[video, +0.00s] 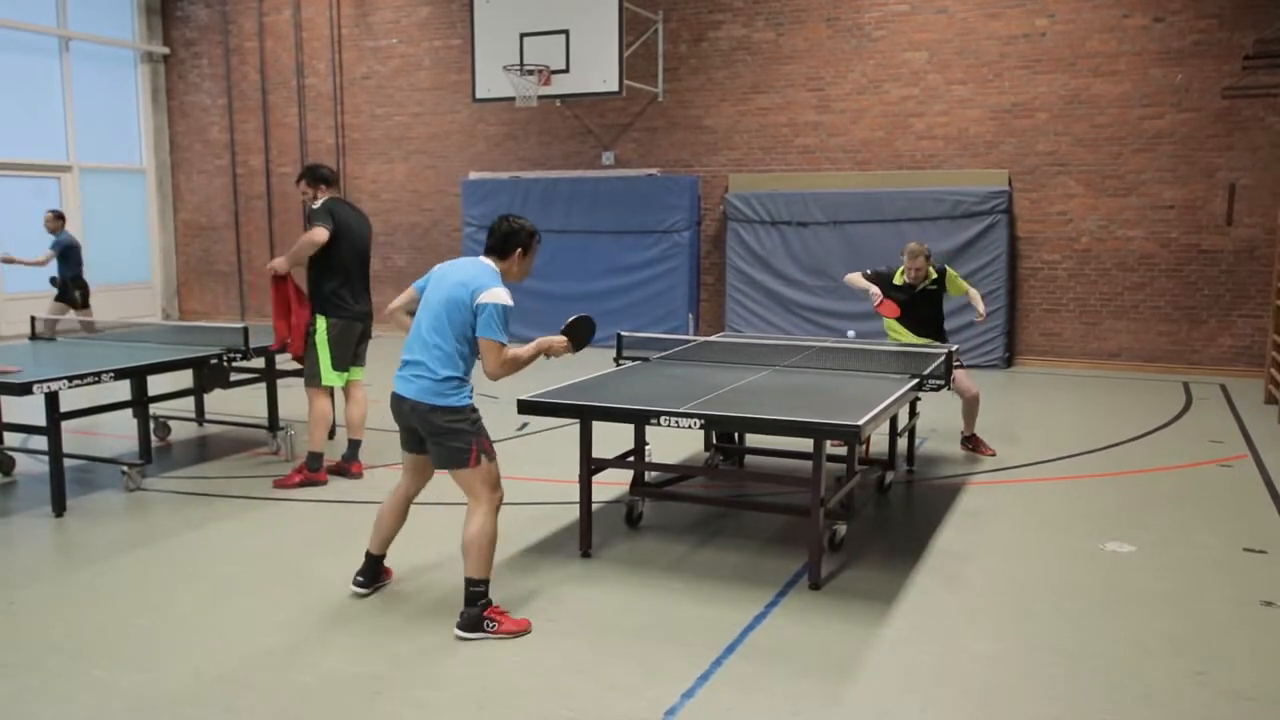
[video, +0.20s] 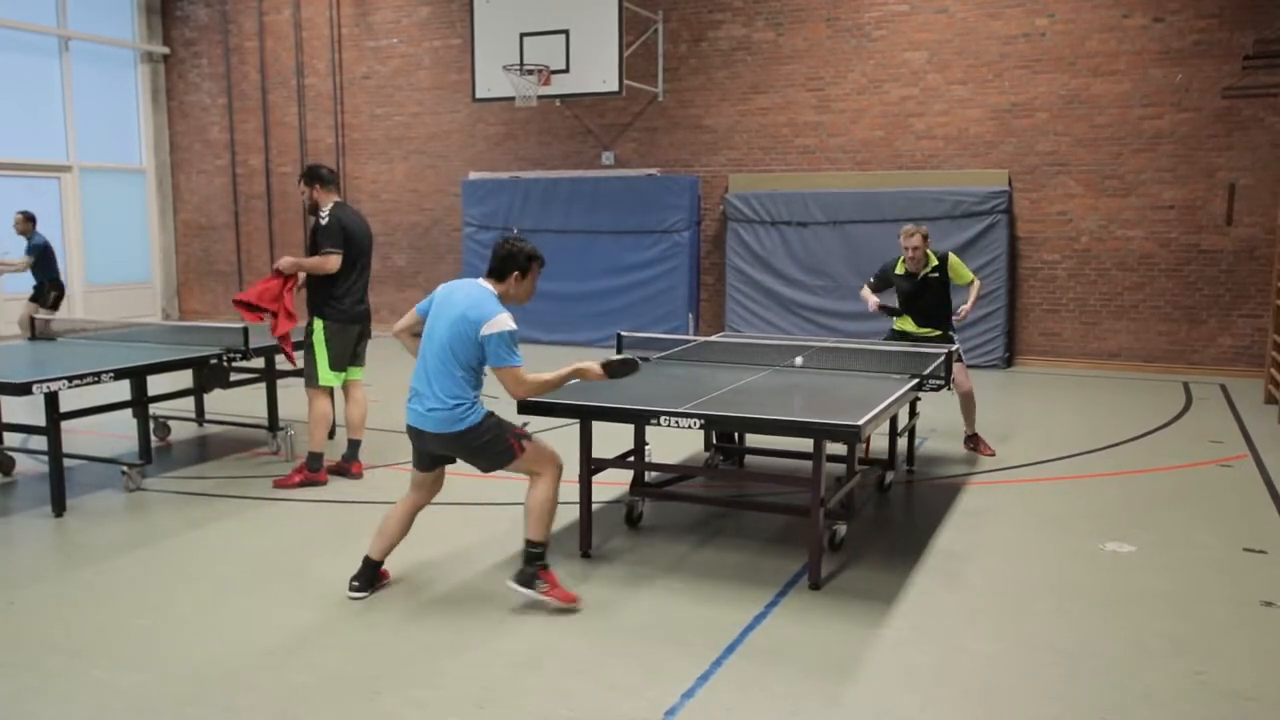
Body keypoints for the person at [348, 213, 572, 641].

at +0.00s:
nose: (532, 266)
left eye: (533, 258)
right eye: (531, 257)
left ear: (492, 250)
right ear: (517, 254)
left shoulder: (446, 268)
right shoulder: (492, 287)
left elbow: (396, 310)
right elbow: (497, 367)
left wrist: (438, 337)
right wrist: (540, 347)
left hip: (407, 396)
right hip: (445, 403)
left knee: (411, 480)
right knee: (486, 496)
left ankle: (369, 571)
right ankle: (476, 610)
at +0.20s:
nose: (533, 290)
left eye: (535, 281)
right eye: (533, 281)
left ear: (497, 272)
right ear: (515, 277)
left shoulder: (450, 289)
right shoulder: (496, 318)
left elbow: (403, 329)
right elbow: (520, 388)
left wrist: (439, 362)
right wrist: (575, 371)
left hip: (420, 420)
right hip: (461, 422)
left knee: (421, 490)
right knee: (547, 464)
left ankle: (366, 573)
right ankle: (534, 569)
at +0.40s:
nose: (603, 293)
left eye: (605, 285)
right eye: (603, 284)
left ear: (573, 273)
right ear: (583, 279)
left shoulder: (515, 280)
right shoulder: (572, 323)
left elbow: (456, 302)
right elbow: (612, 385)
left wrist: (476, 355)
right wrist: (670, 374)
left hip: (475, 409)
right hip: (523, 417)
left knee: (433, 492)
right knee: (585, 478)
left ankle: (374, 572)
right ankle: (623, 563)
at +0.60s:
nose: (655, 308)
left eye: (655, 301)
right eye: (655, 302)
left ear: (616, 289)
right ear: (644, 301)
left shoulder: (572, 300)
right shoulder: (635, 346)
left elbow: (514, 327)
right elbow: (665, 384)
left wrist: (505, 381)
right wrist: (712, 365)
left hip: (526, 427)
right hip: (578, 438)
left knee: (480, 499)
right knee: (634, 464)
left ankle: (422, 578)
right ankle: (629, 562)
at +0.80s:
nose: (640, 274)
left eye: (639, 267)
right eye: (640, 268)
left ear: (600, 264)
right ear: (634, 271)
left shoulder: (557, 286)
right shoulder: (636, 324)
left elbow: (515, 332)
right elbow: (643, 391)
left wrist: (513, 386)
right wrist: (681, 364)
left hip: (537, 426)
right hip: (592, 431)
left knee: (520, 501)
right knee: (628, 471)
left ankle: (509, 587)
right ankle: (630, 563)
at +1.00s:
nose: (606, 245)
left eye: (604, 239)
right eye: (605, 239)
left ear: (560, 239)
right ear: (599, 241)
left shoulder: (520, 276)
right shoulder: (604, 295)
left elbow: (478, 337)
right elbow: (611, 376)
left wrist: (482, 396)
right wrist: (653, 371)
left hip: (522, 415)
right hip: (579, 417)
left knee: (514, 502)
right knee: (612, 494)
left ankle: (516, 607)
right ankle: (619, 586)